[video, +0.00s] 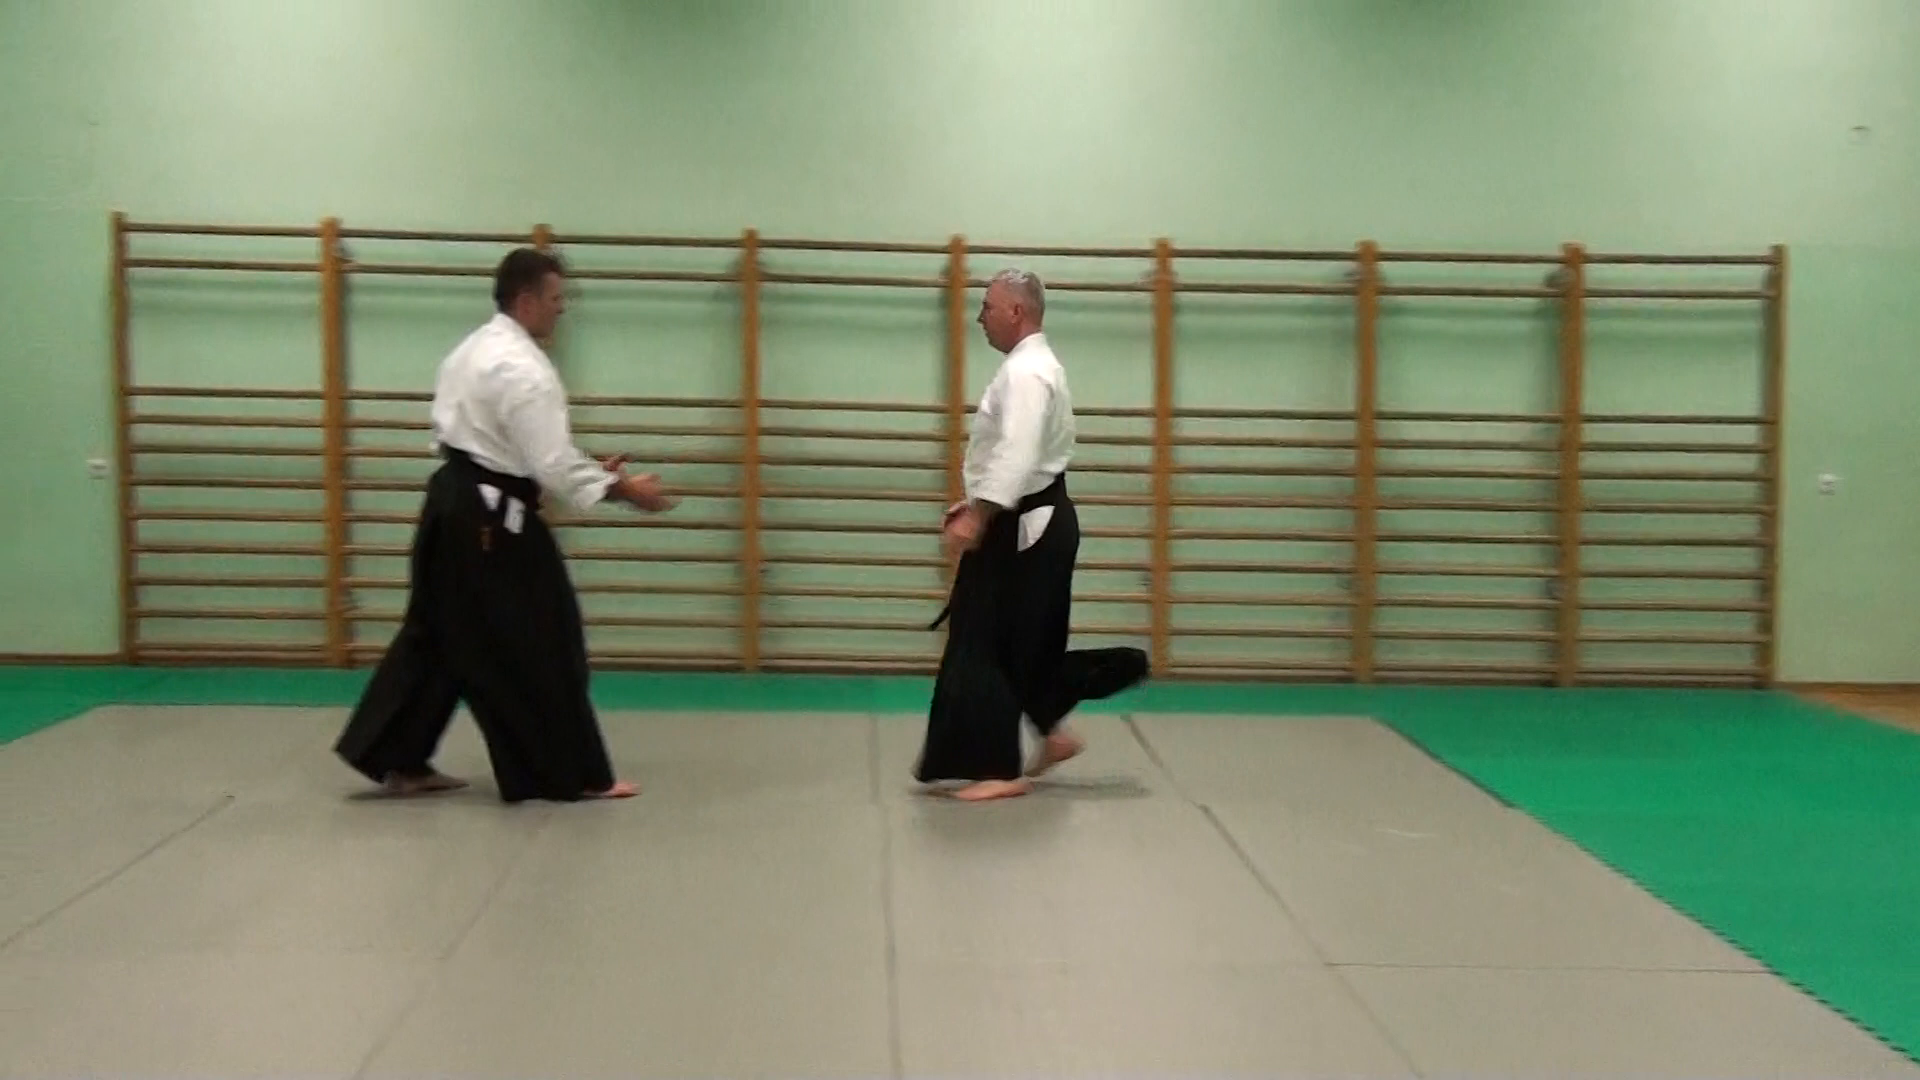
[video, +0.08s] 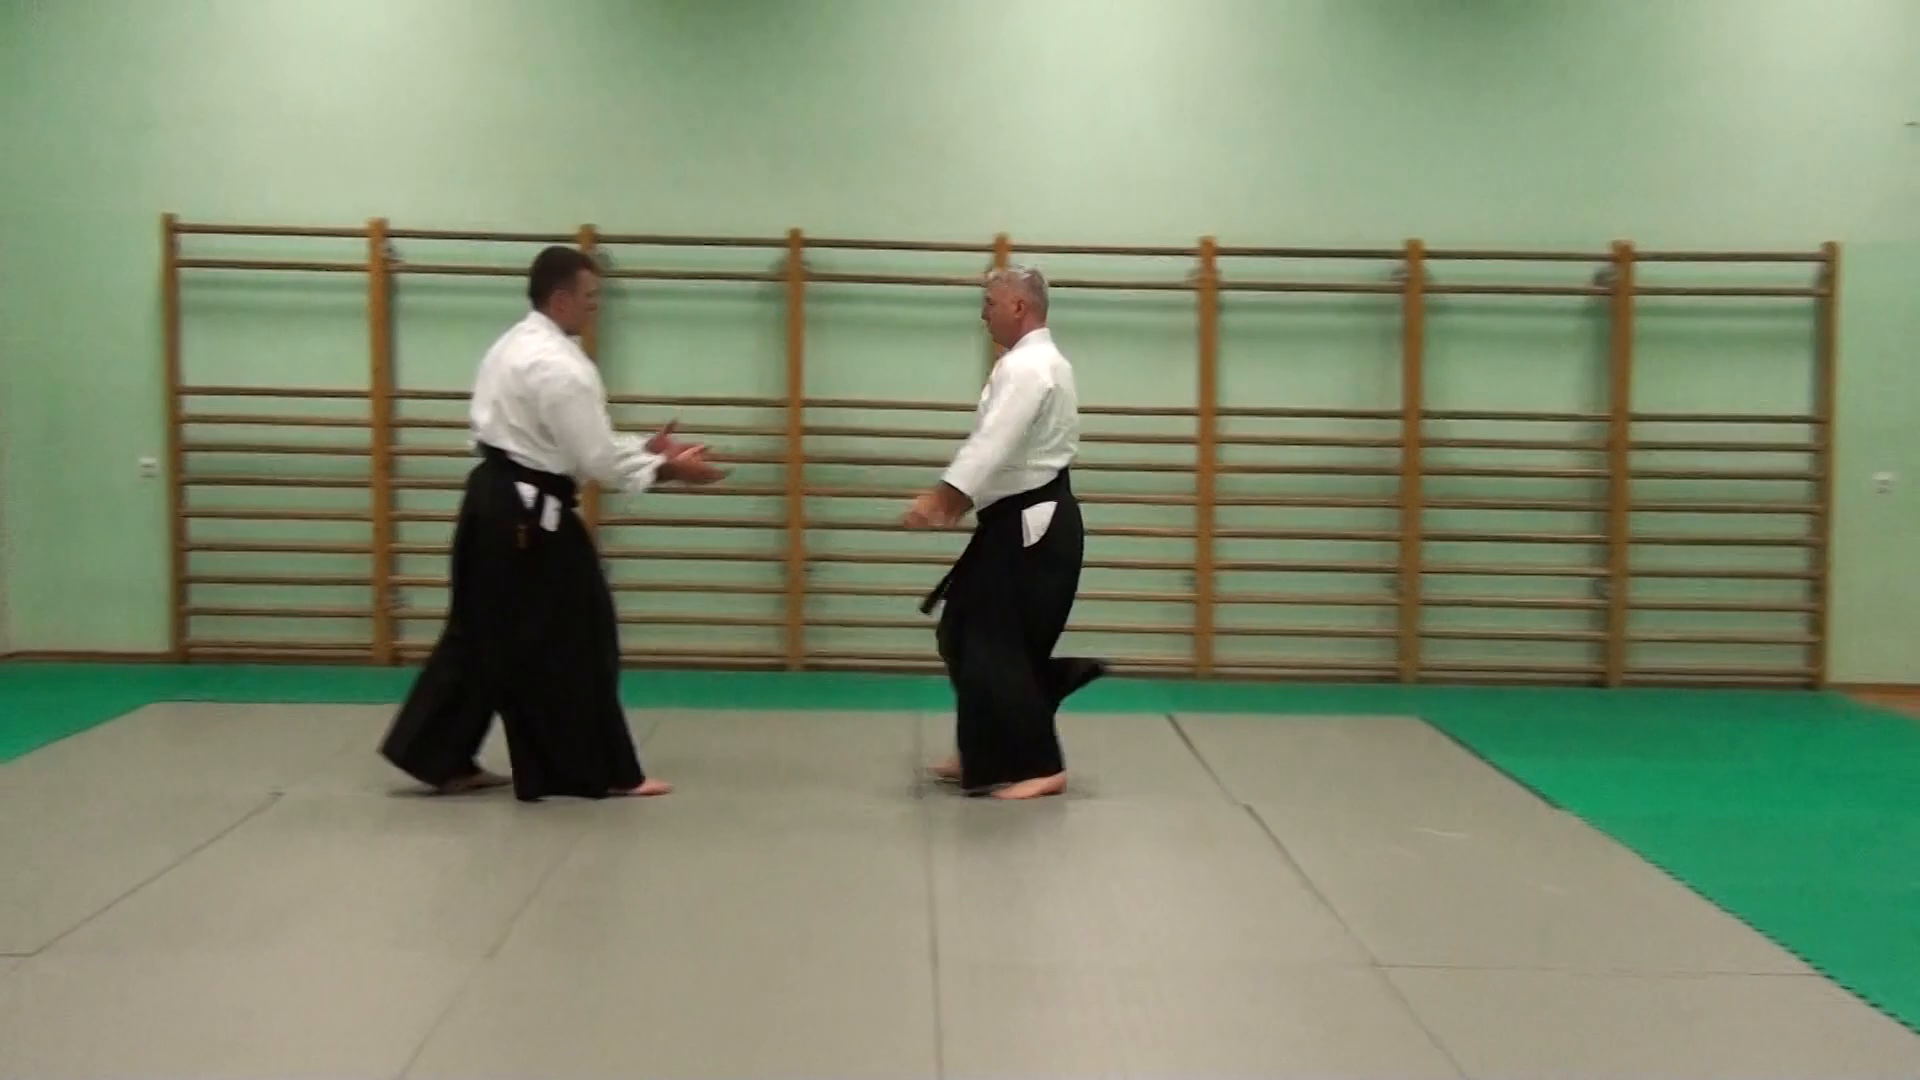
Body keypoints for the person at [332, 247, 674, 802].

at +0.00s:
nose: (561, 309)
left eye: (561, 299)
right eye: (555, 299)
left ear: (516, 299)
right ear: (524, 299)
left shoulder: (472, 349)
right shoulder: (525, 369)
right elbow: (555, 464)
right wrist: (620, 486)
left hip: (450, 502)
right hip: (497, 516)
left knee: (442, 633)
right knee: (548, 637)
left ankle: (399, 758)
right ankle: (575, 773)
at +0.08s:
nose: (595, 307)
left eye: (595, 296)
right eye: (589, 296)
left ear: (549, 296)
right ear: (558, 296)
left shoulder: (510, 345)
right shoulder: (563, 367)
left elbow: (561, 439)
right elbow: (599, 458)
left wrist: (641, 449)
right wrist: (666, 467)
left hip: (490, 498)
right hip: (535, 515)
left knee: (483, 631)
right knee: (586, 632)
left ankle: (442, 755)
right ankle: (607, 770)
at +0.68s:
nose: (795, 304)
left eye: (795, 293)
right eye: (791, 293)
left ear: (750, 293)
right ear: (765, 294)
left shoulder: (721, 340)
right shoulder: (768, 361)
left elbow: (800, 409)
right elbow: (811, 453)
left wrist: (861, 430)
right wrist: (868, 464)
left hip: (700, 493)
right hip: (744, 508)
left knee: (694, 623)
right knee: (789, 624)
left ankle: (662, 754)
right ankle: (793, 760)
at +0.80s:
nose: (826, 304)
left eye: (826, 293)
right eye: (821, 294)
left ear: (783, 295)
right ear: (794, 297)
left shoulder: (749, 341)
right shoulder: (796, 359)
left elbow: (818, 416)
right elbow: (836, 454)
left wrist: (880, 437)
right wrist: (890, 462)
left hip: (725, 492)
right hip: (768, 505)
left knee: (719, 625)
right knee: (817, 624)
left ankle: (691, 754)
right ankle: (825, 761)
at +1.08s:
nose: (816, 302)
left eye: (816, 292)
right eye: (812, 292)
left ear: (772, 293)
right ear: (786, 293)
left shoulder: (739, 340)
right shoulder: (789, 358)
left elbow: (810, 413)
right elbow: (828, 453)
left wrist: (876, 431)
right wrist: (883, 458)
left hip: (717, 490)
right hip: (763, 504)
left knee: (713, 623)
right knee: (809, 622)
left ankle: (688, 752)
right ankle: (822, 760)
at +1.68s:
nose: (894, 303)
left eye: (895, 294)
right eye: (890, 294)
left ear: (846, 292)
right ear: (871, 295)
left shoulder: (823, 338)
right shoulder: (869, 366)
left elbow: (893, 364)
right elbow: (878, 463)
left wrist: (927, 307)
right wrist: (891, 535)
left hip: (801, 499)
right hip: (833, 515)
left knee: (776, 629)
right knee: (859, 635)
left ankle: (705, 737)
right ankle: (839, 773)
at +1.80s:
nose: (936, 304)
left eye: (935, 293)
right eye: (930, 294)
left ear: (884, 297)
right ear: (908, 300)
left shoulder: (865, 336)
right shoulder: (900, 373)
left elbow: (937, 326)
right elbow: (902, 477)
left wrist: (1004, 291)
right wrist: (920, 556)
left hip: (836, 505)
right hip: (869, 524)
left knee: (812, 631)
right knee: (863, 648)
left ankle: (781, 754)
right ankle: (836, 771)